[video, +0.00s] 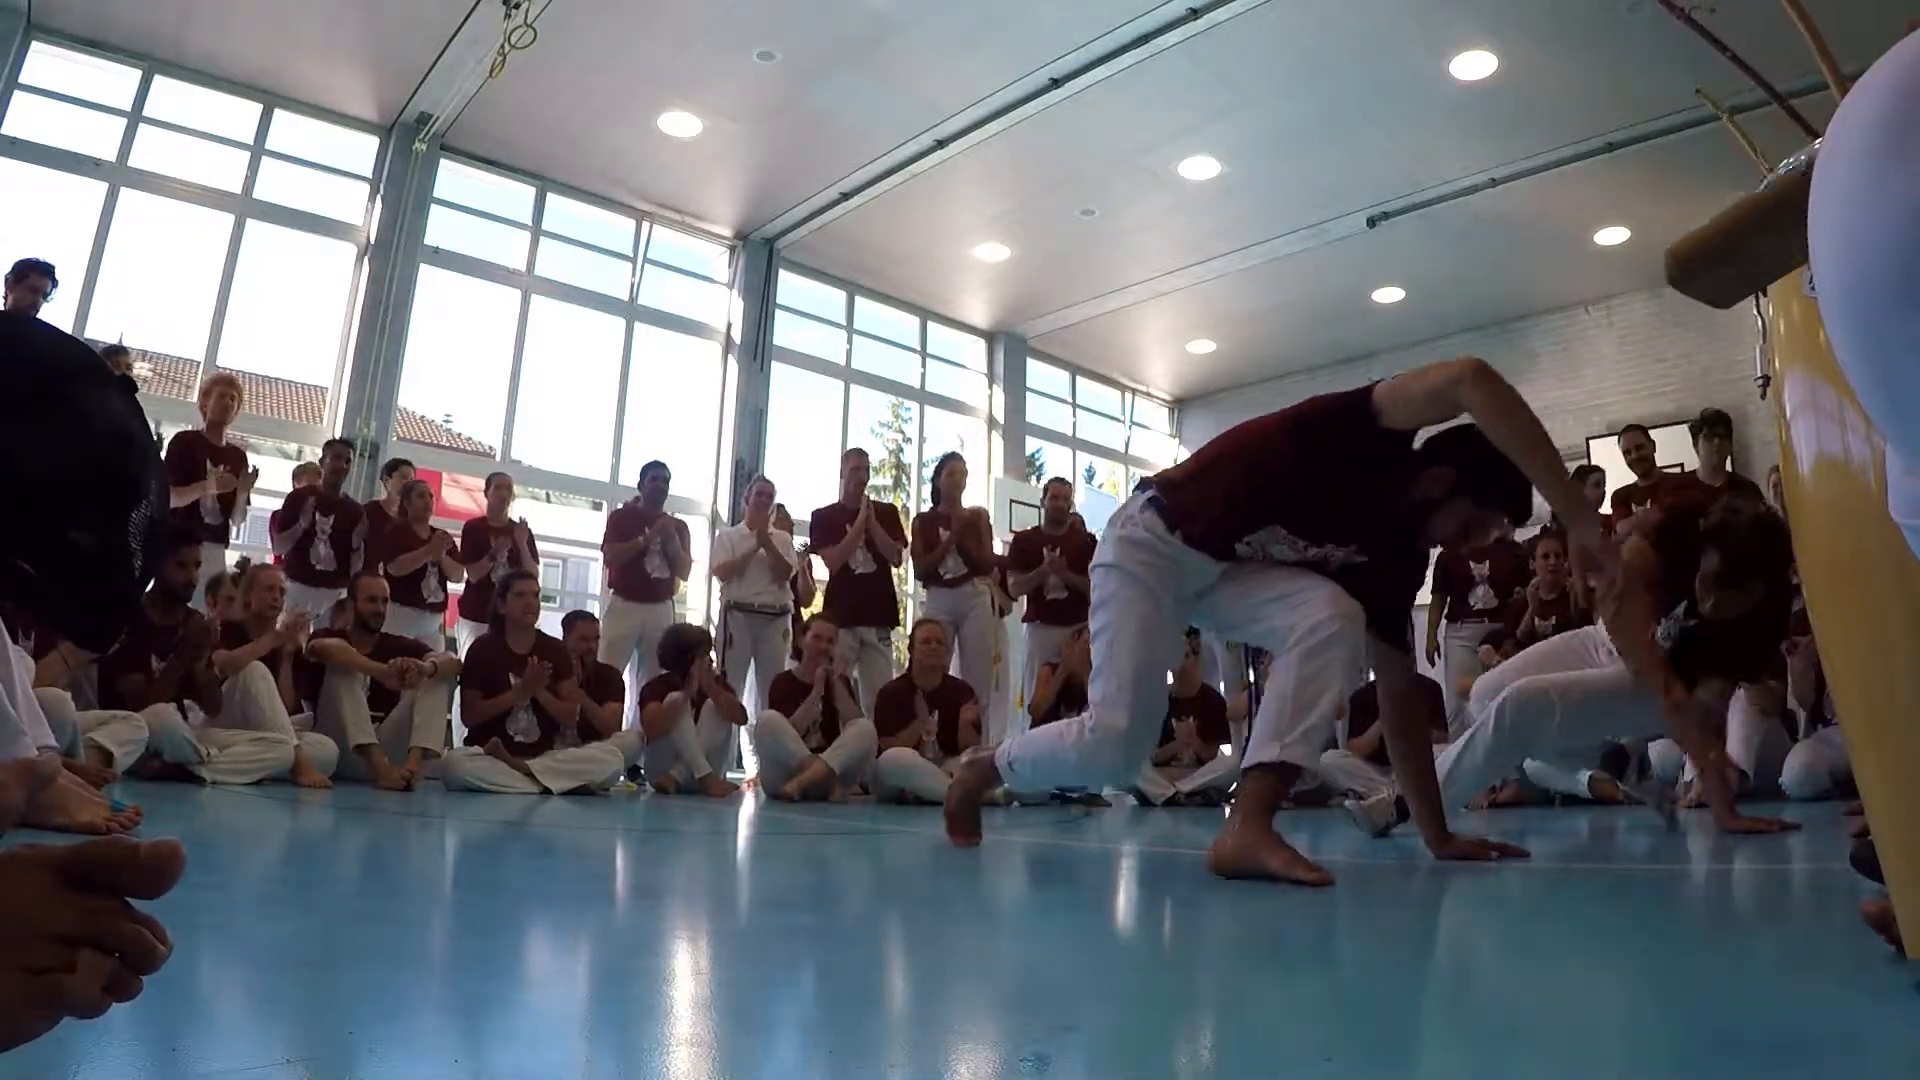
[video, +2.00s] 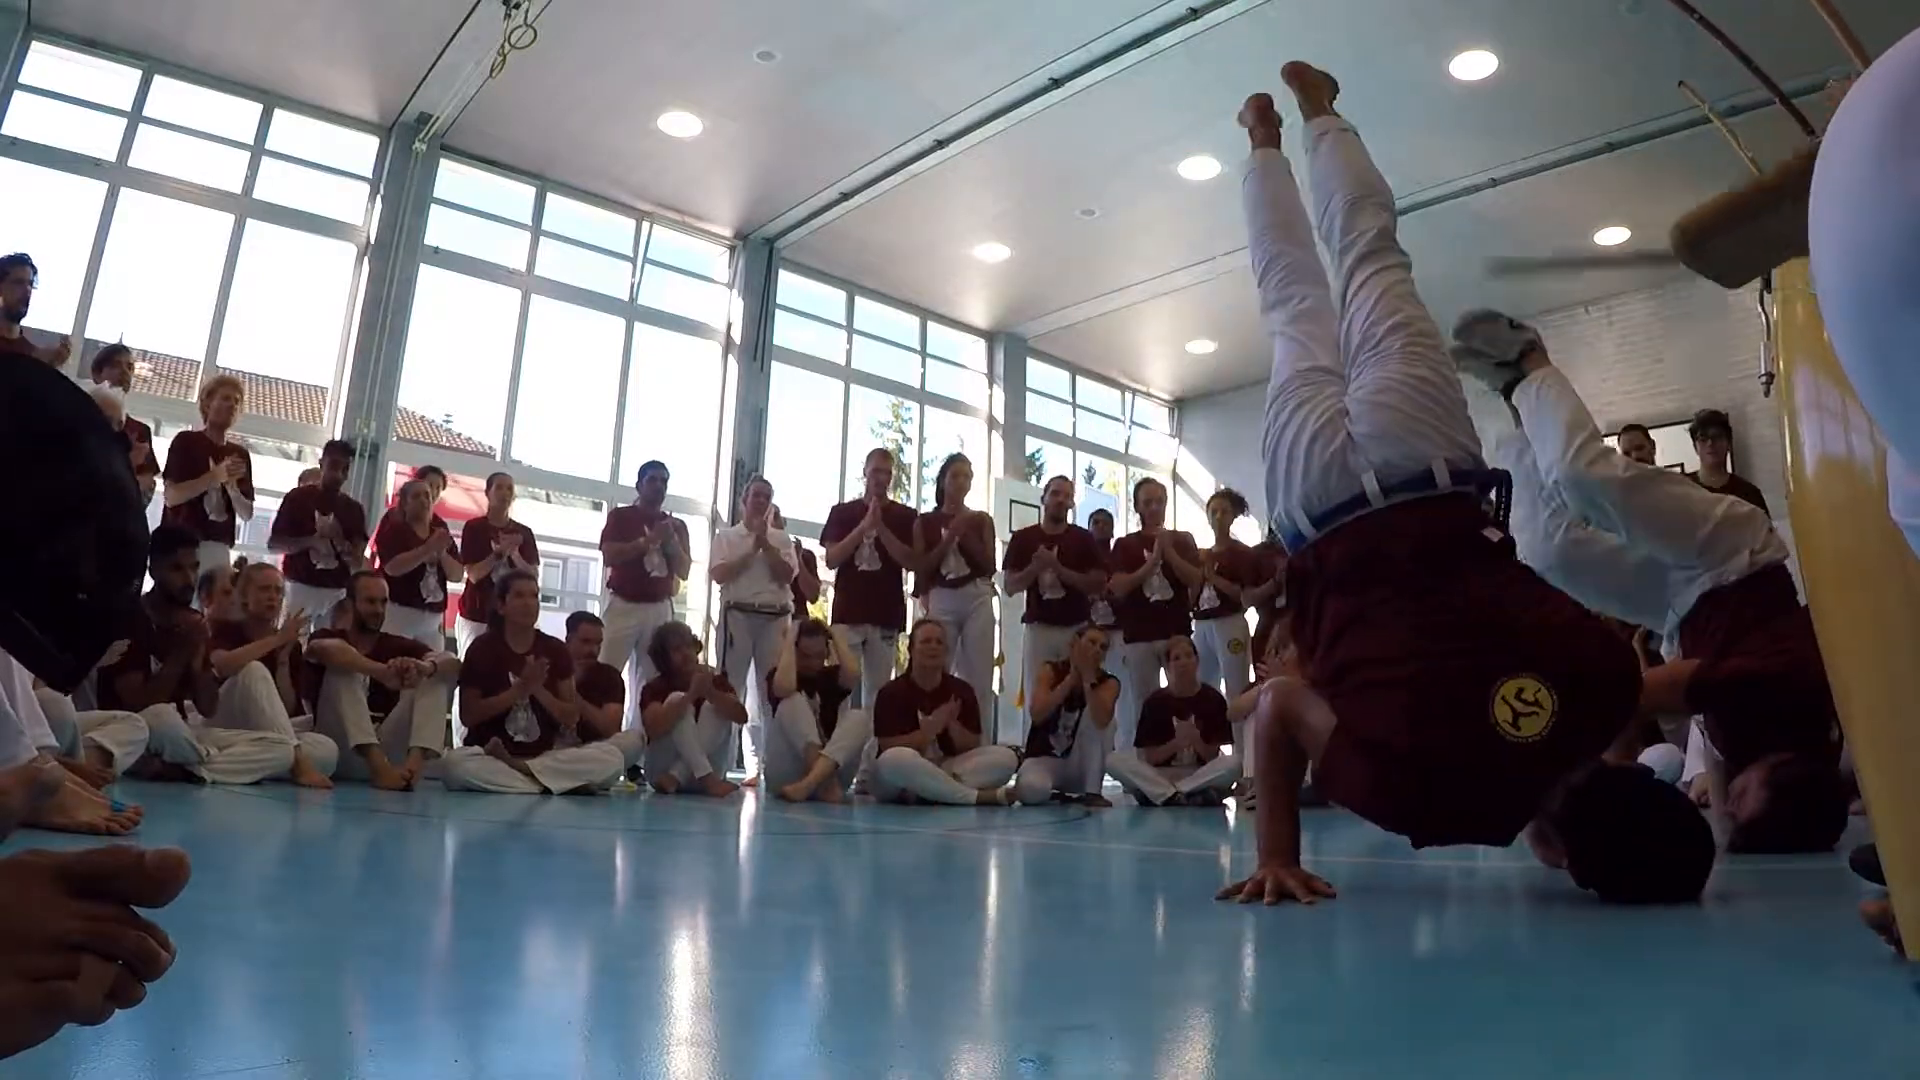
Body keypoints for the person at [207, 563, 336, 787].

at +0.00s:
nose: (277, 598)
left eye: (281, 592)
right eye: (269, 590)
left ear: (285, 599)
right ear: (248, 596)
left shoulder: (286, 643)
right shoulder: (228, 630)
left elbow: (289, 707)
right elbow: (223, 666)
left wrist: (288, 654)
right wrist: (278, 638)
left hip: (270, 731)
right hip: (224, 724)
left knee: (327, 751)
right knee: (254, 671)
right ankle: (299, 762)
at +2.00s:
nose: (273, 597)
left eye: (278, 590)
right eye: (264, 589)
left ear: (283, 597)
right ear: (245, 595)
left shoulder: (290, 644)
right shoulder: (224, 630)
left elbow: (290, 709)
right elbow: (221, 665)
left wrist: (283, 662)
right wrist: (281, 638)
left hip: (270, 733)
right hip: (224, 725)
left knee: (326, 751)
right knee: (253, 671)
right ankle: (299, 762)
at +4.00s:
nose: (273, 597)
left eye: (278, 591)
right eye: (264, 589)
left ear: (283, 597)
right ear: (244, 593)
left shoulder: (290, 647)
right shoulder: (225, 630)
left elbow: (290, 708)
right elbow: (219, 667)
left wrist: (281, 661)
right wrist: (274, 637)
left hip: (271, 732)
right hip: (223, 724)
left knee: (326, 751)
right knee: (253, 671)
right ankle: (299, 763)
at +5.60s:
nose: (280, 596)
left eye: (283, 591)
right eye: (271, 590)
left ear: (288, 598)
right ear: (246, 599)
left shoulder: (287, 642)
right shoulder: (227, 628)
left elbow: (298, 708)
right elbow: (222, 658)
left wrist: (311, 669)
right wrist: (275, 640)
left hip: (271, 731)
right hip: (223, 725)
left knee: (327, 752)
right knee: (253, 671)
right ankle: (299, 762)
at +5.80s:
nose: (289, 598)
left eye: (292, 592)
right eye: (280, 591)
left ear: (296, 599)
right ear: (257, 601)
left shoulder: (294, 648)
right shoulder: (232, 629)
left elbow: (302, 718)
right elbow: (235, 655)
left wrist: (314, 675)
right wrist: (299, 655)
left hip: (270, 733)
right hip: (223, 725)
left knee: (327, 751)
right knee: (253, 672)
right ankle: (298, 760)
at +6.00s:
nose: (295, 601)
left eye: (298, 596)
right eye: (287, 594)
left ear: (301, 601)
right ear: (262, 600)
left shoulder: (298, 654)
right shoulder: (233, 631)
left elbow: (301, 724)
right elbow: (239, 665)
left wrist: (322, 694)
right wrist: (305, 658)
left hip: (269, 736)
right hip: (222, 727)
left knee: (326, 753)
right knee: (253, 678)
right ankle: (298, 762)